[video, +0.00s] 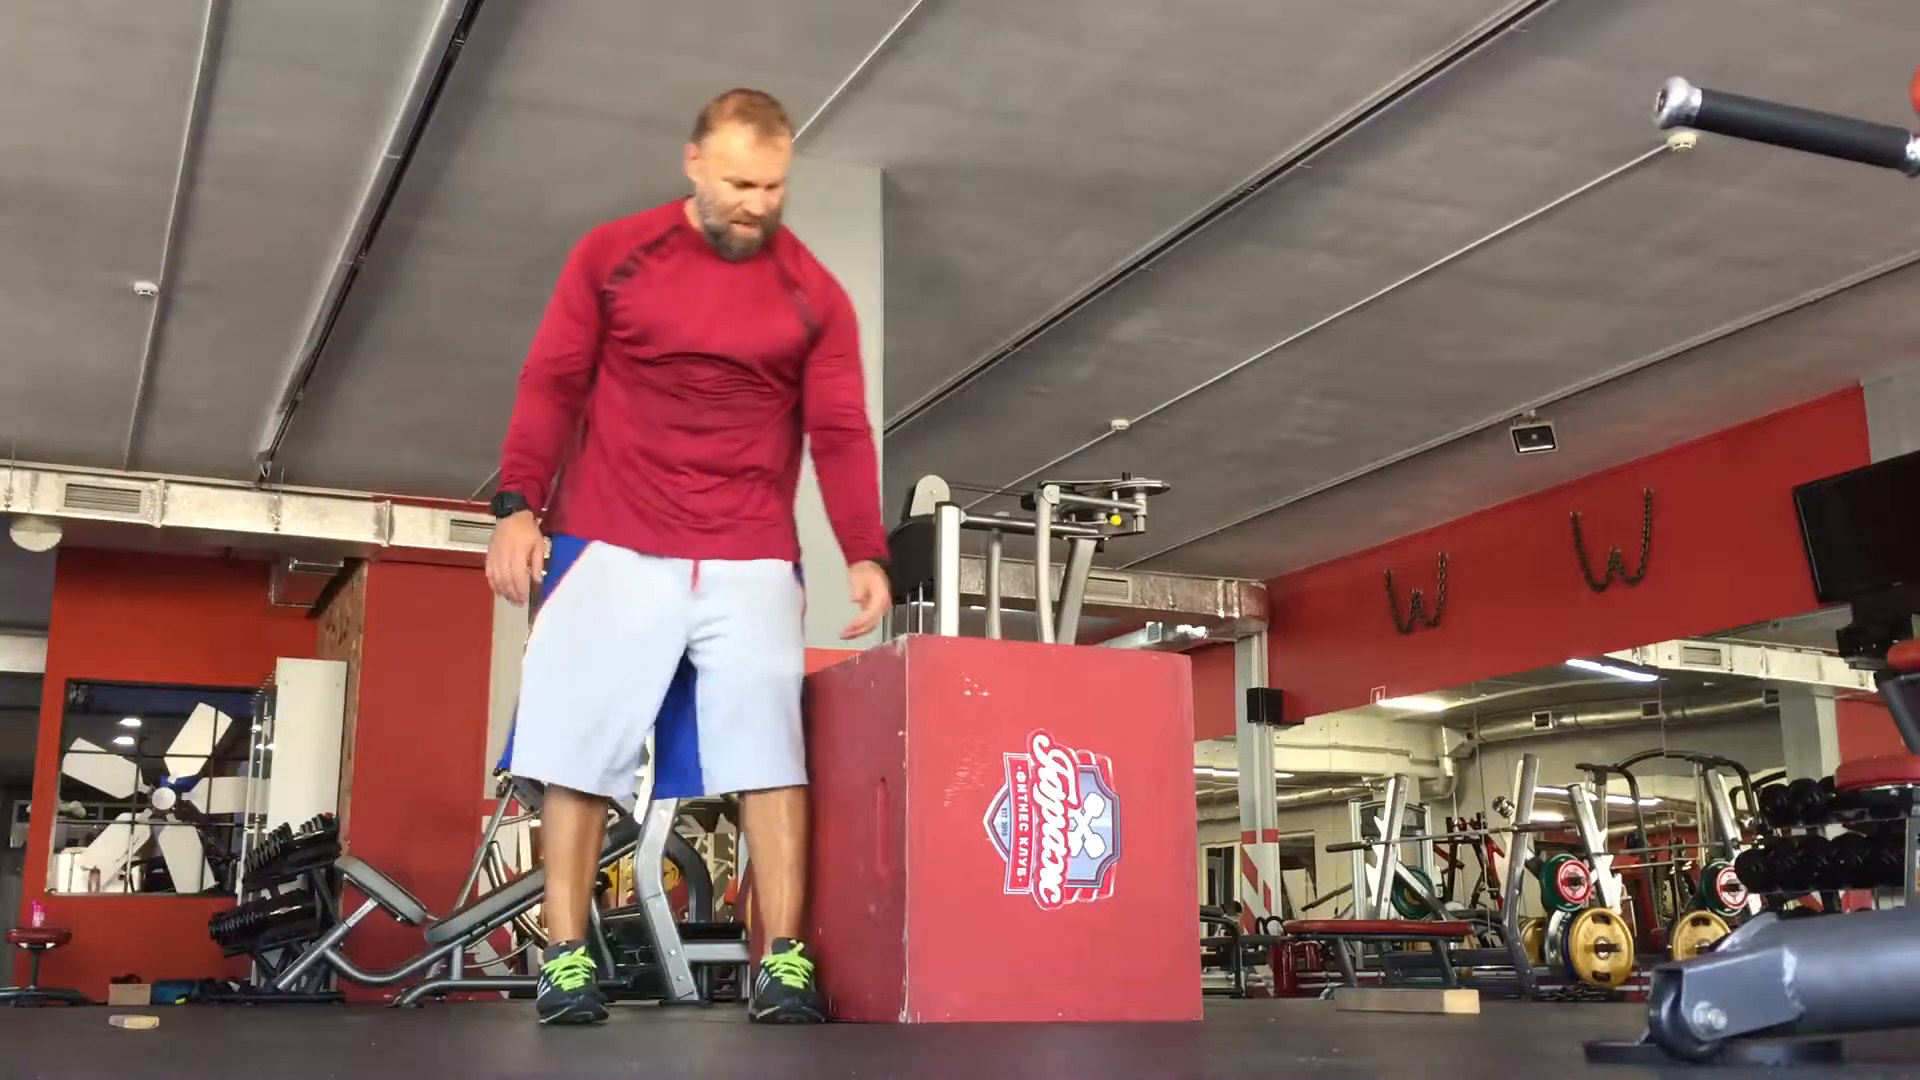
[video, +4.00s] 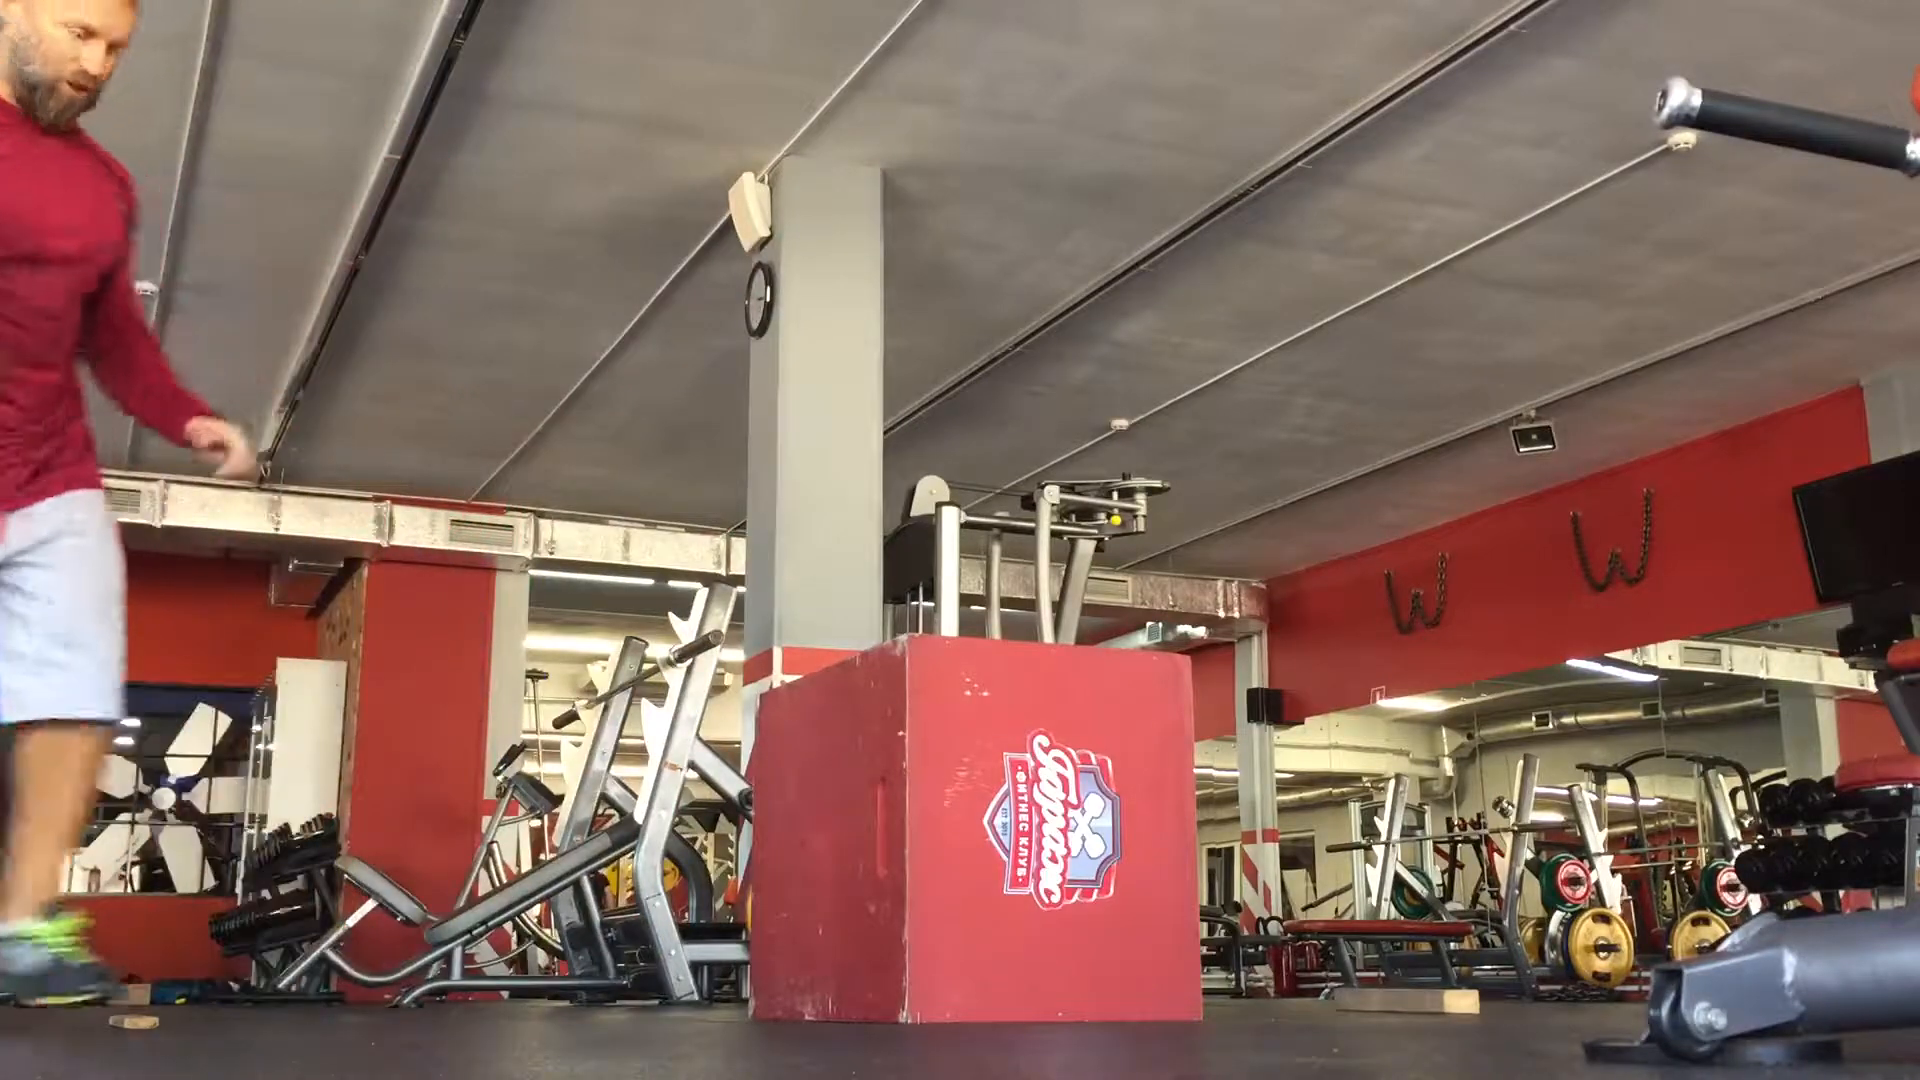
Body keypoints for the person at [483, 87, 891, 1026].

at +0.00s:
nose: (754, 203)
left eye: (770, 186)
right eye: (737, 183)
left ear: (788, 178)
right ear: (692, 165)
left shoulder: (815, 298)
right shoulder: (612, 256)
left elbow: (842, 435)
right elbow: (552, 382)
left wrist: (865, 553)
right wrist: (518, 506)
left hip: (752, 553)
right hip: (613, 543)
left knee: (768, 739)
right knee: (581, 741)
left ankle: (781, 957)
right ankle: (565, 955)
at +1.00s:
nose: (861, 207)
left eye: (882, 190)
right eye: (843, 185)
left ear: (909, 174)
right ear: (810, 149)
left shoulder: (924, 302)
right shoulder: (731, 215)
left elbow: (918, 455)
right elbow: (662, 335)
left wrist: (912, 591)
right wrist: (621, 456)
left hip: (810, 531)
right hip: (688, 506)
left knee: (792, 743)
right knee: (662, 728)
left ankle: (778, 960)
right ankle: (644, 950)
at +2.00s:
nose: (810, 153)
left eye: (831, 134)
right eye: (792, 131)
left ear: (859, 142)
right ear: (760, 134)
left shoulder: (895, 277)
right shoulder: (690, 228)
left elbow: (905, 428)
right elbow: (631, 356)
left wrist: (892, 569)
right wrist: (603, 476)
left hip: (804, 532)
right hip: (673, 516)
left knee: (789, 742)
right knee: (648, 732)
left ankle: (779, 956)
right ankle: (646, 952)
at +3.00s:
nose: (491, 160)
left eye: (510, 140)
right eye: (473, 145)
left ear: (548, 147)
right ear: (455, 161)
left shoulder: (602, 250)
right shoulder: (427, 279)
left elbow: (665, 313)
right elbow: (339, 349)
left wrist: (749, 291)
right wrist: (297, 242)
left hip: (564, 527)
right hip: (473, 535)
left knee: (474, 730)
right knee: (559, 758)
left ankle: (380, 945)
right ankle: (635, 963)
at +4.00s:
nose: (96, 64)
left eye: (115, 47)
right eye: (82, 32)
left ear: (124, 54)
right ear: (13, 11)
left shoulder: (101, 184)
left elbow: (115, 333)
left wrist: (187, 418)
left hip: (46, 478)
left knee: (75, 685)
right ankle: (24, 924)